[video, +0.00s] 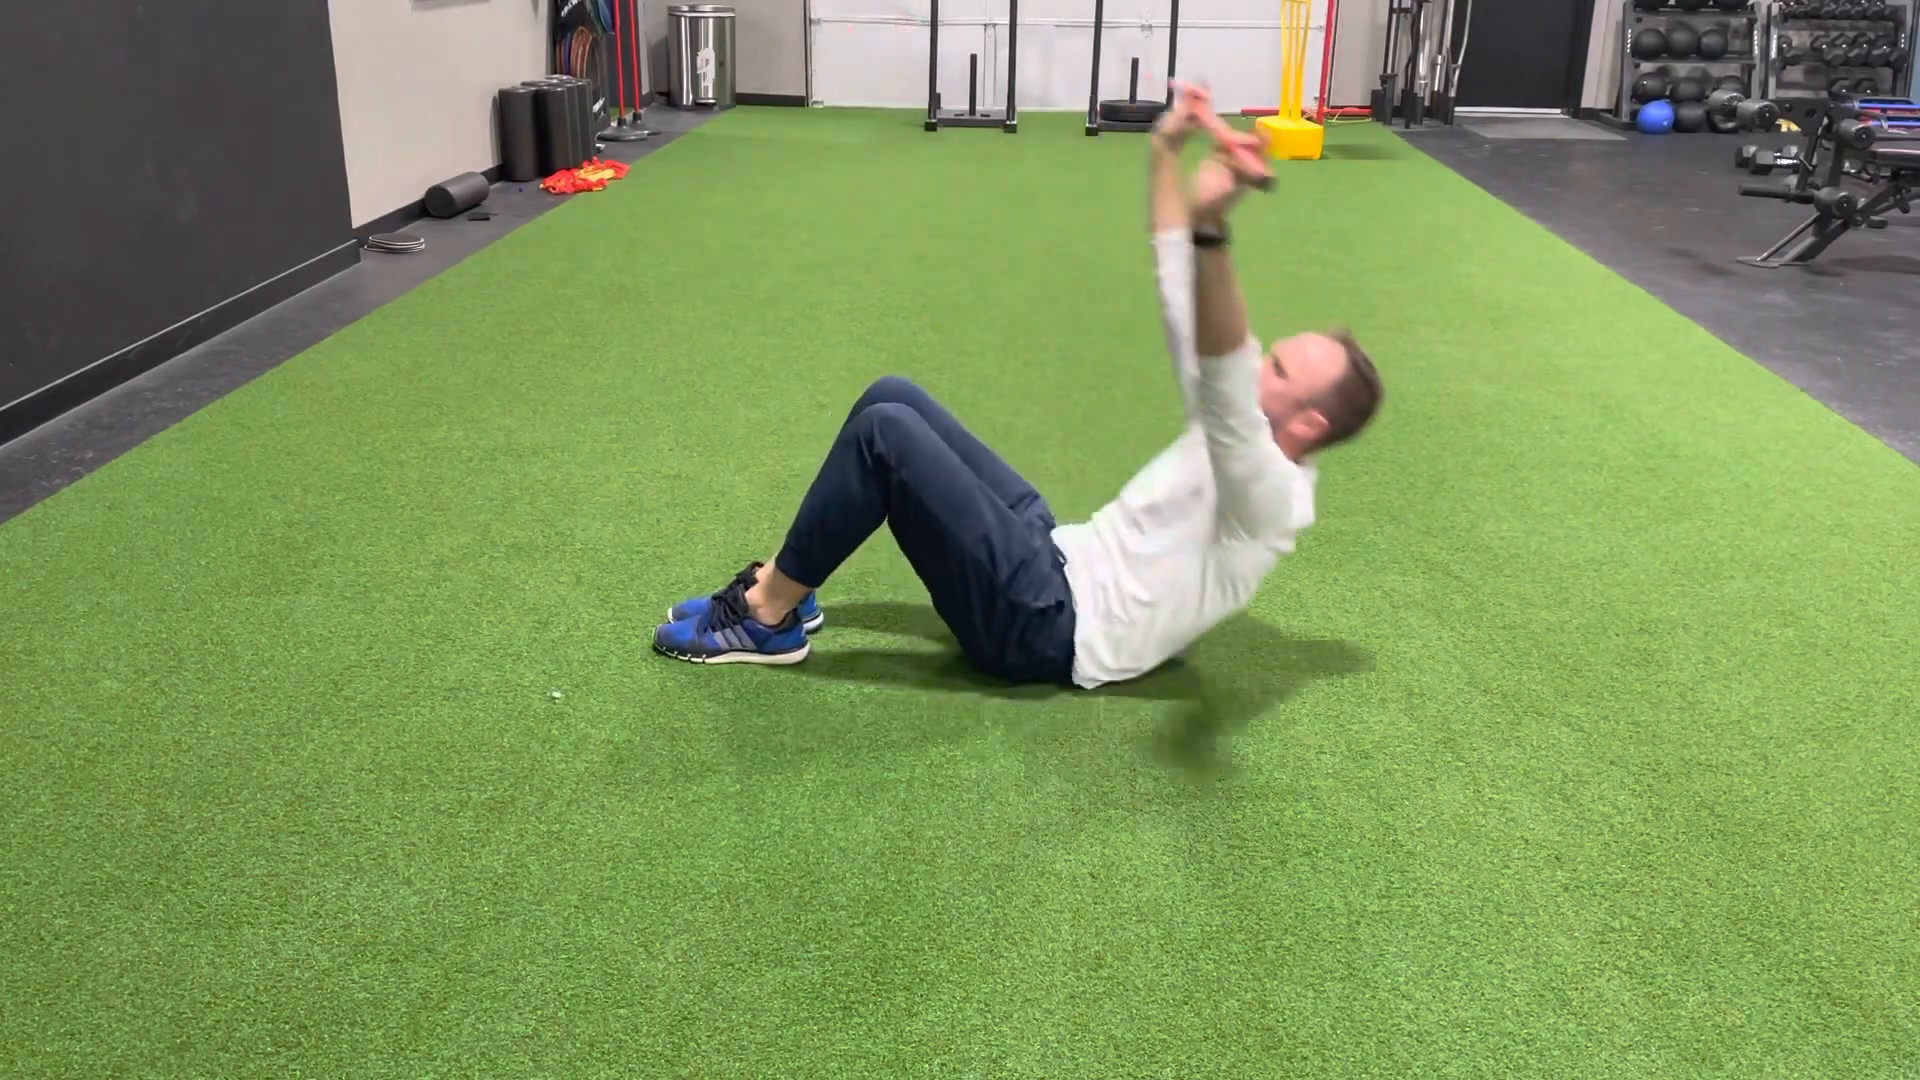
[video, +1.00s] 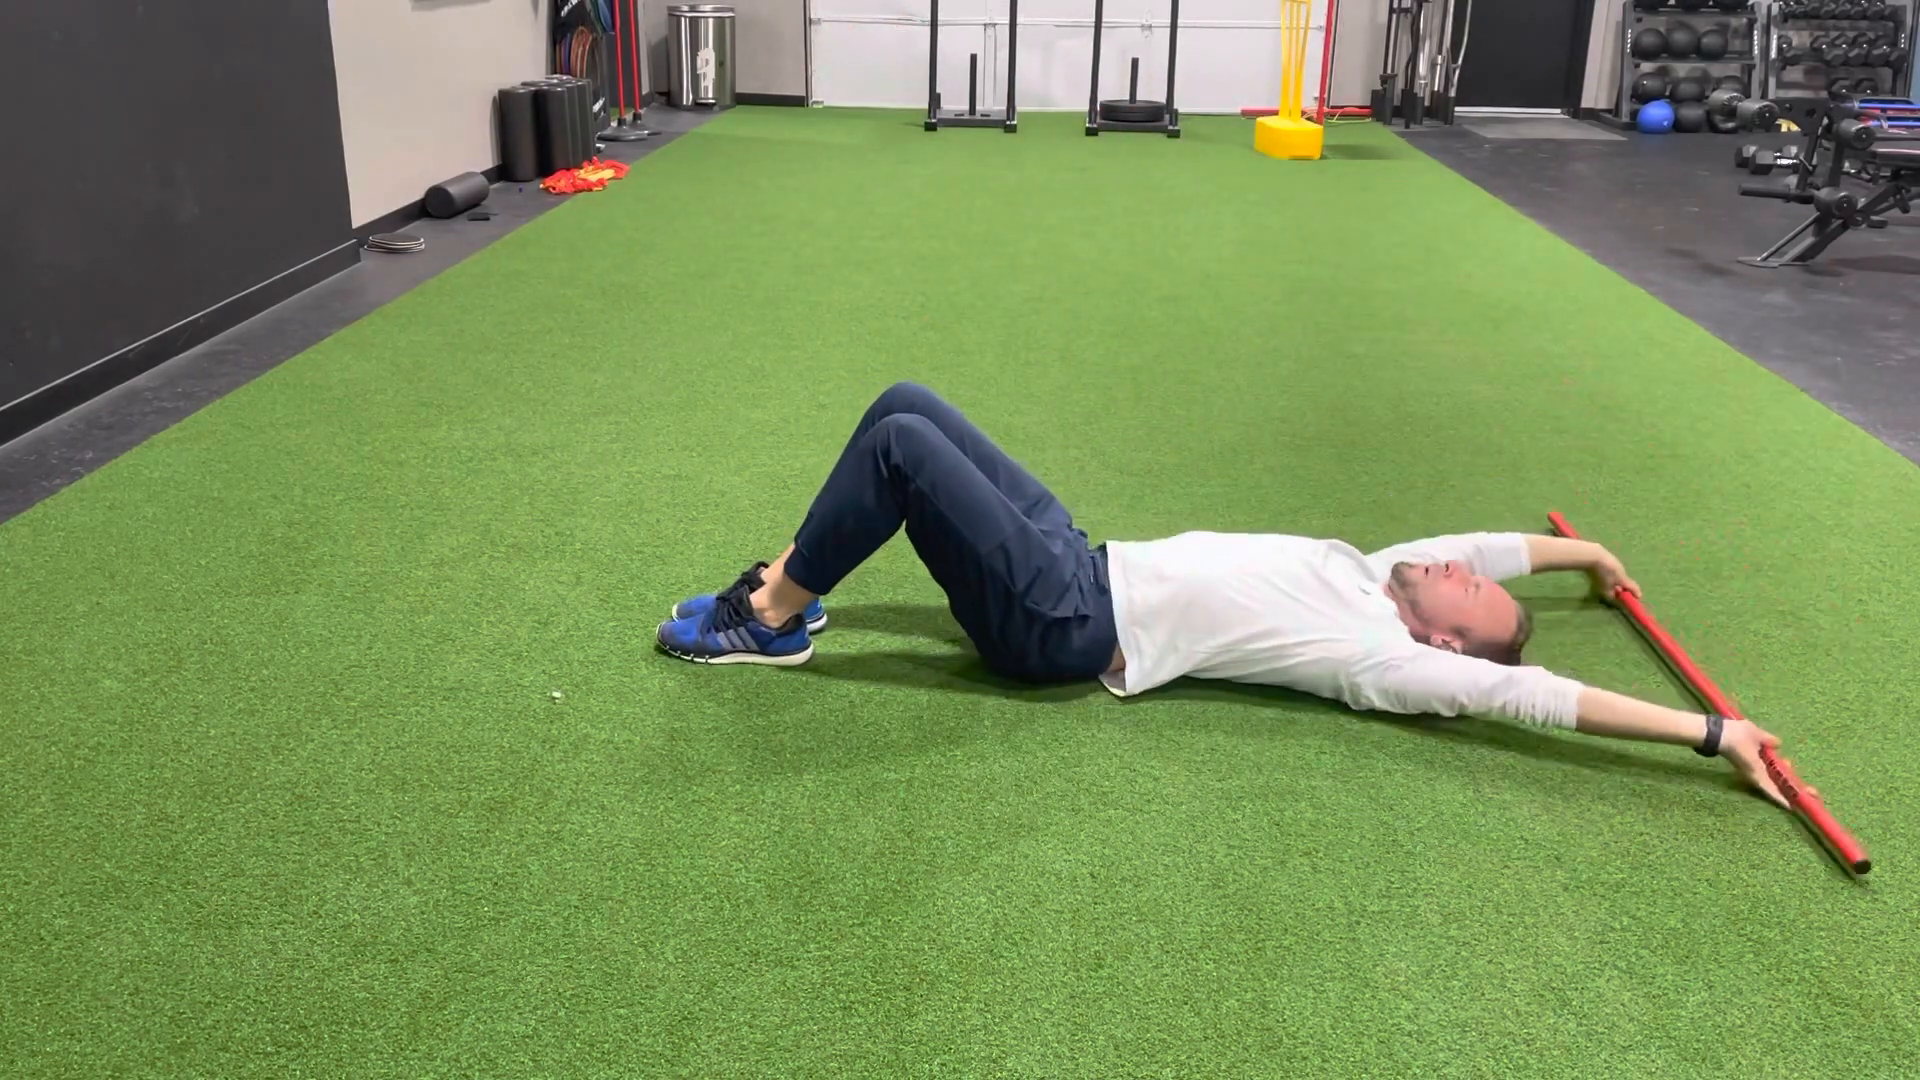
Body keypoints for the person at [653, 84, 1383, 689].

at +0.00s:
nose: (1260, 364)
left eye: (1282, 368)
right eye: (1274, 353)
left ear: (1308, 424)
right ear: (1267, 380)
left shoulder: (1270, 499)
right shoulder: (1234, 440)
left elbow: (1226, 380)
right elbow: (1185, 318)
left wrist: (1213, 231)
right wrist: (1163, 153)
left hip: (1051, 622)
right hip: (1058, 562)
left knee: (884, 430)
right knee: (889, 405)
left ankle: (768, 615)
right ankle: (777, 594)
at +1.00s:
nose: (1454, 576)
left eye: (1465, 593)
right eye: (1464, 576)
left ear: (1455, 639)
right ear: (1441, 575)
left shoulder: (1391, 660)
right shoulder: (1369, 579)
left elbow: (1554, 705)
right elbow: (1461, 551)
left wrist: (1713, 727)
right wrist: (1581, 551)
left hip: (1075, 618)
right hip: (1085, 562)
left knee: (897, 431)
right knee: (903, 405)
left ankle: (781, 610)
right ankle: (789, 581)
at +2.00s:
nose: (1174, 357)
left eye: (1190, 347)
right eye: (1176, 340)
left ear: (1236, 376)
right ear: (1236, 372)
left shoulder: (1242, 454)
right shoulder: (1226, 413)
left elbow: (1171, 341)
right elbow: (1161, 311)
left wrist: (1122, 196)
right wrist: (1125, 164)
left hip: (1074, 624)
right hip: (1070, 570)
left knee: (906, 432)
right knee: (906, 403)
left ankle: (781, 610)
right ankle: (787, 584)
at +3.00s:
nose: (1118, 298)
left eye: (1133, 292)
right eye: (1122, 279)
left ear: (1176, 331)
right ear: (1174, 331)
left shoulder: (1172, 412)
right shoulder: (1167, 374)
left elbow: (1099, 300)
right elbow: (1107, 254)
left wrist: (1049, 148)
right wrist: (1066, 116)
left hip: (1039, 621)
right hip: (1040, 561)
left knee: (884, 430)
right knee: (891, 400)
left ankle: (769, 612)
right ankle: (779, 583)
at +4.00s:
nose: (1464, 577)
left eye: (1478, 595)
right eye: (1477, 577)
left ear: (1474, 641)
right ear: (1458, 580)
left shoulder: (1400, 662)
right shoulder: (1386, 583)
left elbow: (1567, 694)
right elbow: (1486, 542)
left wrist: (1733, 710)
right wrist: (1590, 535)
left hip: (1083, 621)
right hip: (1100, 561)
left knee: (906, 431)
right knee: (914, 403)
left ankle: (785, 610)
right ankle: (797, 581)